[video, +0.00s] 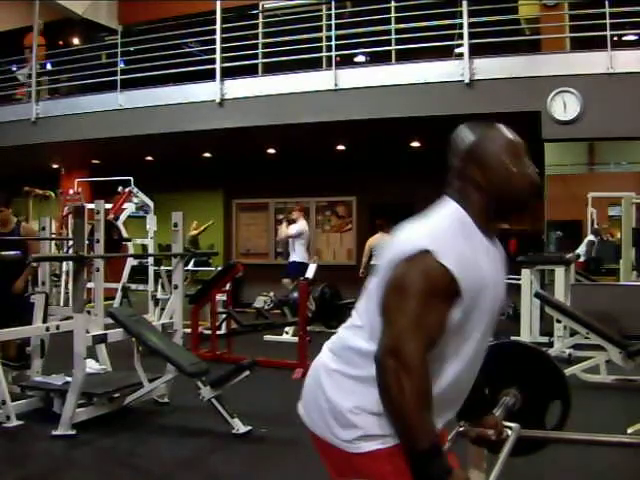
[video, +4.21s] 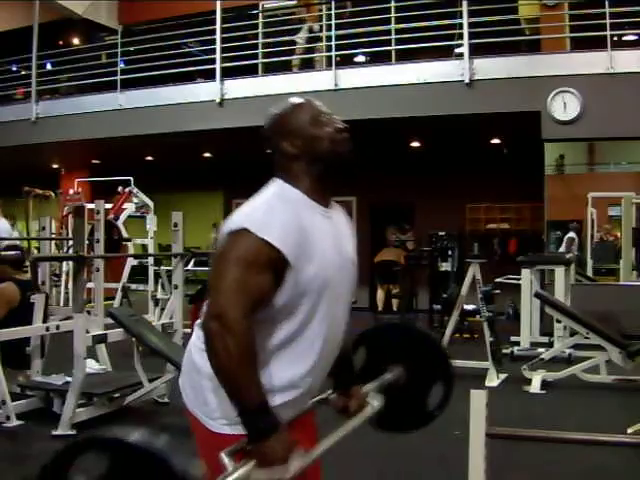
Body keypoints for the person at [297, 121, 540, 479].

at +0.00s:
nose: (534, 174)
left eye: (528, 161)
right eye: (518, 160)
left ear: (474, 172)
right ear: (472, 170)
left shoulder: (486, 246)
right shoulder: (435, 250)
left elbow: (442, 349)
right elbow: (398, 360)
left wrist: (469, 416)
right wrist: (432, 461)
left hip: (409, 406)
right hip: (356, 412)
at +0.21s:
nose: (486, 136)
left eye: (481, 127)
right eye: (471, 127)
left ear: (439, 145)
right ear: (437, 143)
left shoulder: (453, 219)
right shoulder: (410, 214)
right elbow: (373, 326)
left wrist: (463, 393)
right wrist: (431, 425)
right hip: (366, 422)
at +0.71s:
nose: (436, 128)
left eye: (434, 118)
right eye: (424, 117)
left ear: (388, 125)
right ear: (386, 124)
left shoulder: (399, 197)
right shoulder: (362, 195)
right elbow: (317, 293)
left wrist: (434, 356)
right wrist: (385, 386)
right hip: (343, 414)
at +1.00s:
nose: (386, 142)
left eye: (389, 132)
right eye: (375, 129)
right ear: (335, 121)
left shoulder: (361, 200)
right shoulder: (304, 191)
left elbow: (352, 298)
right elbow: (256, 295)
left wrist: (402, 344)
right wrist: (335, 386)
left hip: (373, 414)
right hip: (312, 426)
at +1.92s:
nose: (359, 137)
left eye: (359, 126)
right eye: (348, 125)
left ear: (314, 130)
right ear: (310, 128)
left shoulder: (332, 208)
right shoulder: (271, 198)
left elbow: (316, 305)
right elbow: (224, 291)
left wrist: (357, 354)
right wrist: (280, 382)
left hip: (321, 409)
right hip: (267, 416)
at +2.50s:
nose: (308, 107)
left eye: (303, 100)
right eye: (291, 103)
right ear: (261, 125)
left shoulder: (318, 204)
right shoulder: (242, 202)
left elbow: (326, 300)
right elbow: (225, 309)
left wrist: (354, 367)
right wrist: (263, 410)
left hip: (305, 409)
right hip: (241, 422)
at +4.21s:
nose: (339, 125)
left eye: (332, 117)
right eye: (320, 121)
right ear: (290, 146)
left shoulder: (337, 219)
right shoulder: (266, 220)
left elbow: (320, 309)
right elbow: (223, 321)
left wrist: (344, 379)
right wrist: (261, 426)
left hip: (291, 400)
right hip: (235, 411)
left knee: (304, 471)